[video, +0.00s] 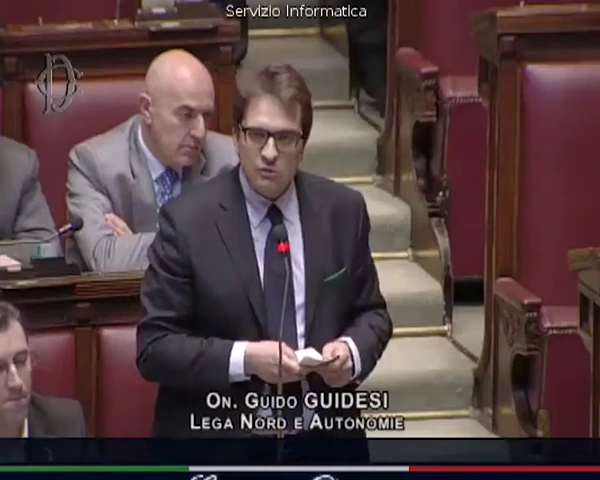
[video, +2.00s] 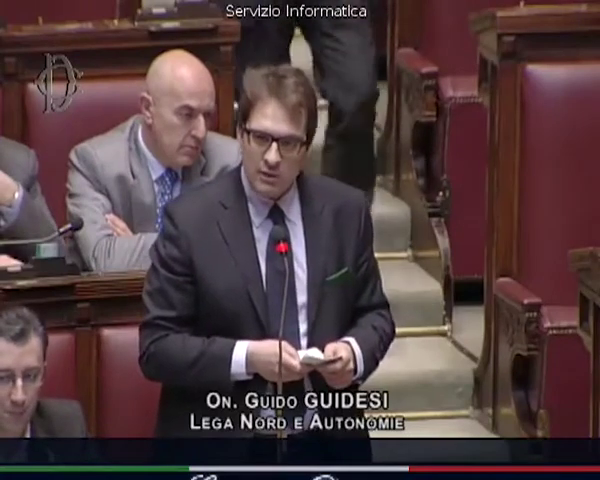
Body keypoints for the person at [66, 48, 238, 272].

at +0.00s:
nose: (200, 132)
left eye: (207, 115)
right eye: (186, 115)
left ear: (212, 110)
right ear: (146, 108)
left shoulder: (229, 156)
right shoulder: (92, 161)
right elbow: (105, 259)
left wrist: (138, 250)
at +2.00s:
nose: (200, 132)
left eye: (207, 115)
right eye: (186, 115)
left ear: (213, 109)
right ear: (147, 108)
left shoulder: (232, 158)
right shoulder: (92, 161)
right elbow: (104, 259)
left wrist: (138, 251)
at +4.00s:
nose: (199, 131)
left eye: (206, 114)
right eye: (186, 114)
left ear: (211, 110)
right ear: (146, 108)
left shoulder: (216, 154)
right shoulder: (92, 160)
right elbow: (105, 260)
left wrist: (137, 246)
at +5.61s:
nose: (185, 127)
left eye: (195, 111)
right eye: (170, 107)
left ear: (204, 108)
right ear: (140, 104)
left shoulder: (231, 158)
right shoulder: (91, 161)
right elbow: (105, 259)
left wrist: (139, 251)